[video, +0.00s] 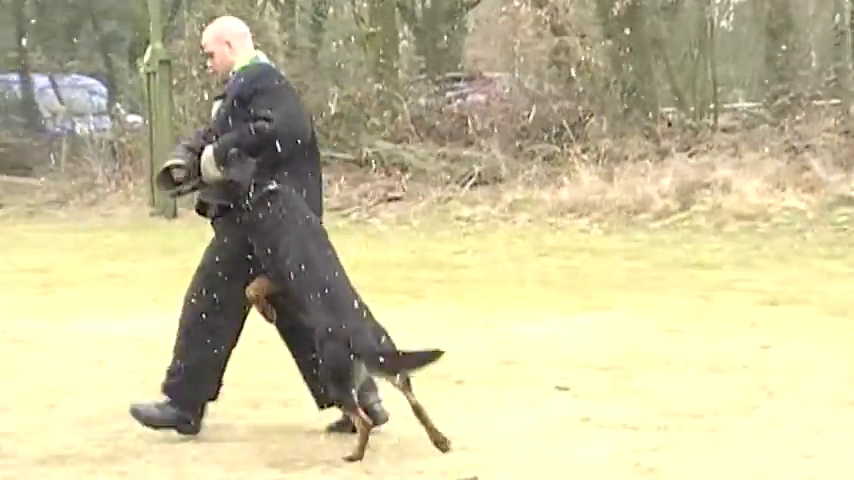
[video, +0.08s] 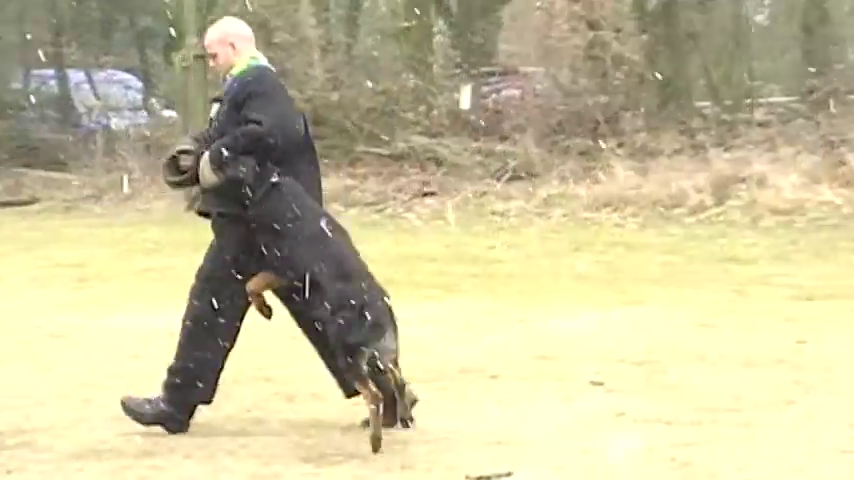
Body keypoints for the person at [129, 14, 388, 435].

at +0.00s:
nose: (208, 63)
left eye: (211, 54)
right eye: (206, 55)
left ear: (231, 46)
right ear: (232, 46)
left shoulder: (259, 79)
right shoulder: (236, 92)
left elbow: (284, 127)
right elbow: (213, 135)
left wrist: (222, 154)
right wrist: (187, 157)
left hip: (271, 218)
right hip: (247, 218)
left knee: (208, 304)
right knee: (299, 313)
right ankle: (357, 400)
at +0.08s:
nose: (211, 64)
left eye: (213, 55)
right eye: (209, 57)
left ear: (233, 47)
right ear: (233, 47)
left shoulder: (259, 81)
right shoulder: (239, 87)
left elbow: (275, 130)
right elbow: (221, 133)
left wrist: (219, 156)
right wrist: (193, 152)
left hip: (259, 226)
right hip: (245, 223)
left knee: (210, 309)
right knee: (315, 310)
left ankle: (177, 405)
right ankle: (380, 388)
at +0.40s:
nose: (249, 59)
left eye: (252, 50)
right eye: (246, 52)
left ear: (273, 42)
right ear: (271, 43)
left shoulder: (308, 83)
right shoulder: (277, 91)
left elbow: (340, 141)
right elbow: (273, 154)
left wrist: (271, 162)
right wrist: (249, 187)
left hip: (305, 216)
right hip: (277, 215)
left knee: (282, 306)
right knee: (263, 303)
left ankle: (311, 409)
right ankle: (335, 376)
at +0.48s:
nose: (261, 60)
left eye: (264, 50)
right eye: (259, 52)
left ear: (288, 42)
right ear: (281, 44)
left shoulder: (324, 87)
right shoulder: (283, 92)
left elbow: (340, 150)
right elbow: (273, 141)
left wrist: (273, 162)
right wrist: (254, 159)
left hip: (312, 219)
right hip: (278, 218)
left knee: (305, 312)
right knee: (253, 300)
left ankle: (338, 408)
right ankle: (285, 391)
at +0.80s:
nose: (259, 77)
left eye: (262, 68)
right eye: (255, 70)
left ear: (287, 57)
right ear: (269, 64)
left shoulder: (324, 101)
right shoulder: (263, 106)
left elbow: (346, 159)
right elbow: (246, 147)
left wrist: (279, 178)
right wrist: (238, 175)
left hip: (308, 233)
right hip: (260, 231)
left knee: (331, 315)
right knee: (236, 312)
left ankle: (402, 383)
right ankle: (229, 403)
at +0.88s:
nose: (263, 76)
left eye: (266, 66)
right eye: (258, 69)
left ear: (290, 52)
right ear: (261, 64)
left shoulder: (334, 97)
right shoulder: (260, 105)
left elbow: (361, 154)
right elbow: (240, 146)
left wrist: (299, 181)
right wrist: (240, 175)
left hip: (320, 233)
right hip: (265, 234)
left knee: (347, 312)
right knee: (242, 314)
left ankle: (414, 379)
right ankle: (250, 399)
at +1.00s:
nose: (286, 68)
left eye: (292, 59)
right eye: (281, 62)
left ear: (316, 48)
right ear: (278, 59)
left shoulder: (359, 93)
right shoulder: (273, 97)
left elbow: (384, 154)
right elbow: (241, 142)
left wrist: (338, 175)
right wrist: (255, 168)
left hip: (347, 226)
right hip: (289, 228)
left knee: (364, 303)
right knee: (275, 317)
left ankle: (404, 376)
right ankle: (284, 403)